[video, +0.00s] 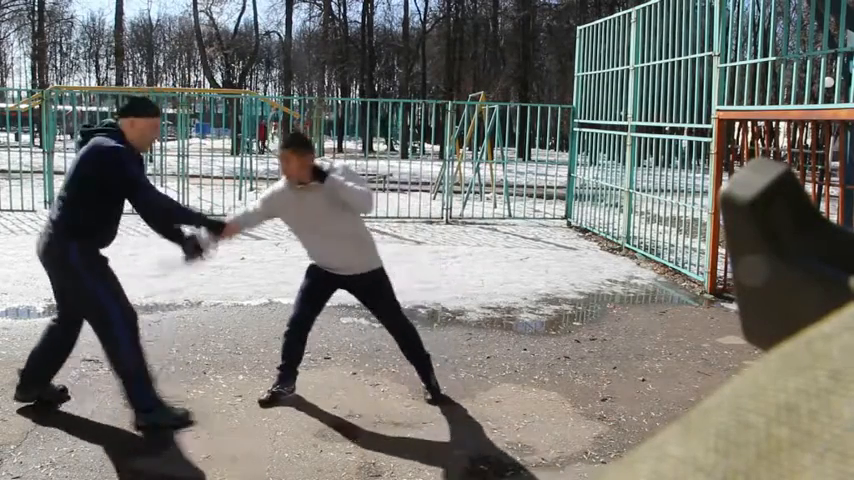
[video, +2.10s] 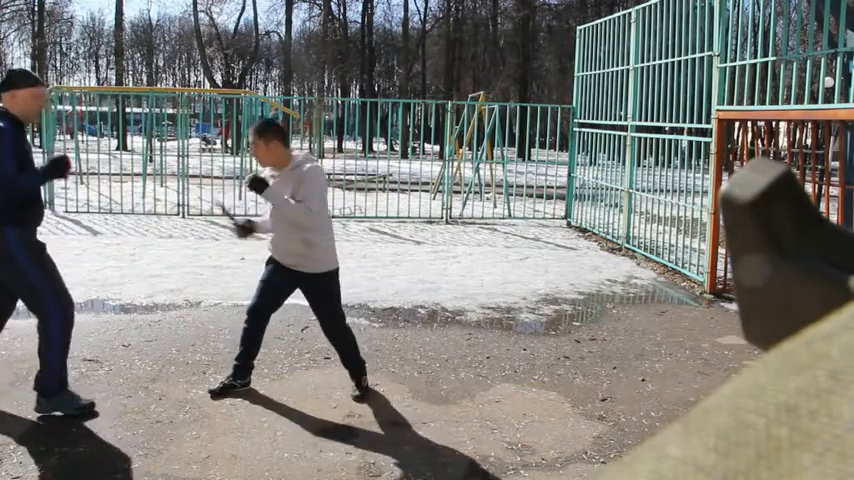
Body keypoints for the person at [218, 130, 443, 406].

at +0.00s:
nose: (282, 166)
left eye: (287, 160)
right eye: (281, 160)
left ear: (307, 159)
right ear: (282, 162)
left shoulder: (337, 179)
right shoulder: (280, 196)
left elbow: (367, 203)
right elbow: (252, 216)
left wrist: (327, 181)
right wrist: (226, 227)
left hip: (364, 268)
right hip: (323, 269)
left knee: (397, 324)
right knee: (298, 323)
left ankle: (429, 379)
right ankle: (285, 382)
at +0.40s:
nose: (287, 154)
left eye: (291, 148)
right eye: (286, 149)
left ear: (311, 146)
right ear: (296, 148)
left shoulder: (346, 167)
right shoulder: (291, 181)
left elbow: (351, 213)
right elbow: (293, 219)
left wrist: (313, 189)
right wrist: (272, 238)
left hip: (357, 263)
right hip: (317, 261)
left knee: (380, 323)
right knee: (299, 318)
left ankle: (401, 381)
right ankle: (284, 382)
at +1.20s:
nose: (283, 158)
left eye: (287, 152)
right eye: (282, 152)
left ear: (303, 150)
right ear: (286, 154)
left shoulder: (335, 174)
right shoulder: (282, 185)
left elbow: (336, 212)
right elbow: (255, 216)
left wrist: (305, 179)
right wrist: (230, 249)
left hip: (339, 272)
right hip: (301, 269)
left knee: (367, 328)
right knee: (265, 318)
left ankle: (401, 383)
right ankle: (241, 376)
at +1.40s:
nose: (229, 171)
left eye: (233, 165)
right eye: (227, 165)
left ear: (252, 163)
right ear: (231, 166)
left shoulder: (286, 178)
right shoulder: (228, 198)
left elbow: (304, 212)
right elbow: (195, 223)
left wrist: (267, 186)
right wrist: (165, 234)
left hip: (311, 265)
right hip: (272, 266)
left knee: (344, 319)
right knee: (247, 319)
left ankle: (384, 372)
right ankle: (239, 378)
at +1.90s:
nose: (225, 159)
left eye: (228, 153)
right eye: (225, 153)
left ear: (245, 149)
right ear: (241, 151)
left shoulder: (288, 170)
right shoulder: (234, 183)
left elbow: (297, 212)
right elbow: (210, 211)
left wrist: (256, 196)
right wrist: (173, 218)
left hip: (309, 260)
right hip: (272, 260)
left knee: (333, 320)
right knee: (250, 316)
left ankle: (358, 373)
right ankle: (239, 376)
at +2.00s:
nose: (240, 155)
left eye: (242, 149)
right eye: (239, 150)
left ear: (260, 145)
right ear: (256, 146)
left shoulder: (300, 170)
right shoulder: (258, 178)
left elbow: (306, 215)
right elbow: (249, 218)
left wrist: (264, 198)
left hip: (314, 264)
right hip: (278, 262)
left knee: (334, 323)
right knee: (255, 314)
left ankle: (358, 375)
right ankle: (240, 376)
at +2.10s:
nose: (253, 152)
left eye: (256, 146)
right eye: (253, 147)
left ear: (274, 144)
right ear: (272, 145)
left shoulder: (311, 171)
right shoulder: (277, 176)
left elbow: (309, 217)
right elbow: (281, 219)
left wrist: (270, 194)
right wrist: (253, 225)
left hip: (318, 267)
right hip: (283, 263)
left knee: (335, 327)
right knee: (256, 314)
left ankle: (359, 376)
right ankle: (240, 376)